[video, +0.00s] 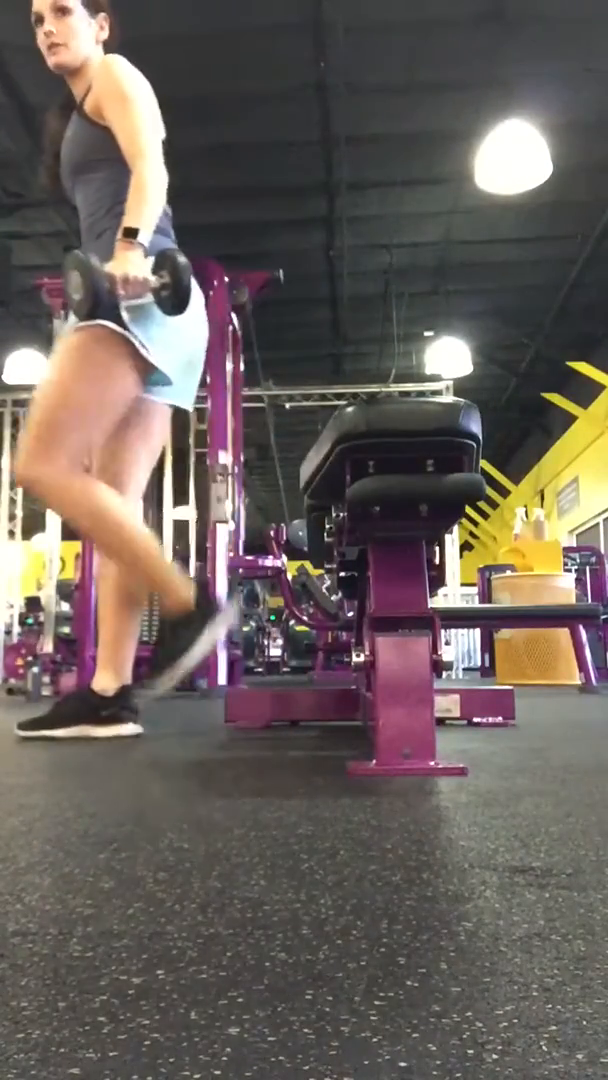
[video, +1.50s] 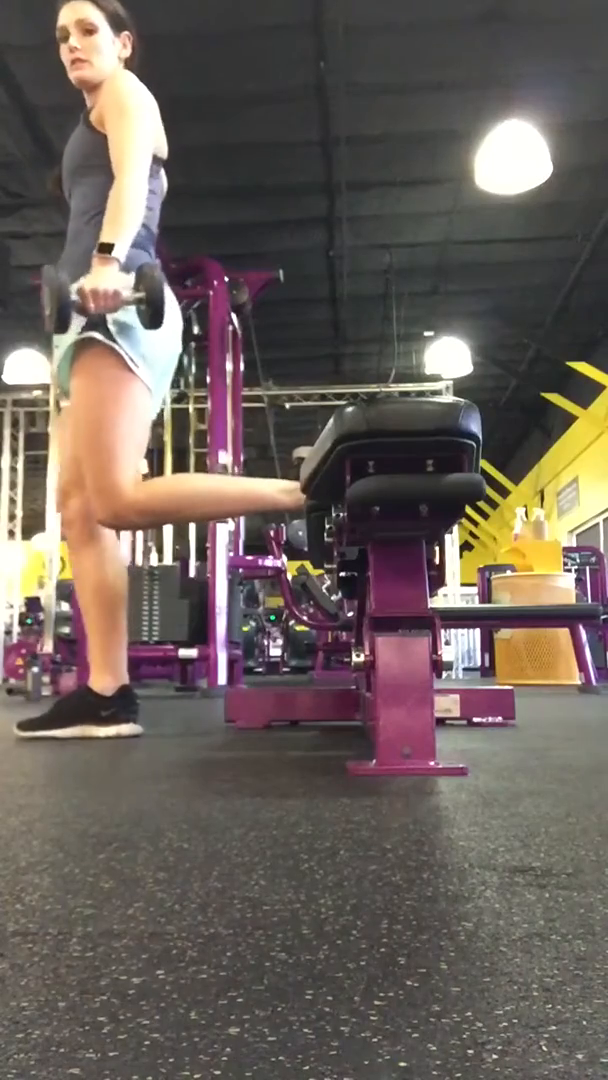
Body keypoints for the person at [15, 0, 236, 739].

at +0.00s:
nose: (47, 30)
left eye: (61, 16)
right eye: (38, 21)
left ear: (100, 25)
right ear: (38, 38)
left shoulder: (112, 76)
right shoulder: (90, 103)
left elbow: (150, 165)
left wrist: (131, 244)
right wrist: (92, 280)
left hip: (133, 292)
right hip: (165, 300)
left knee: (44, 461)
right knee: (117, 501)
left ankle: (185, 604)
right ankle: (110, 689)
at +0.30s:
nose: (53, 31)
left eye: (68, 18)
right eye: (45, 21)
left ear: (105, 29)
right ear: (45, 37)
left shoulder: (109, 85)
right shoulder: (89, 104)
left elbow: (131, 164)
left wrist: (100, 241)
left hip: (122, 293)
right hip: (134, 298)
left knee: (61, 471)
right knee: (110, 513)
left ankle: (247, 424)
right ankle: (109, 691)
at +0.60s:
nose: (50, 44)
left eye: (64, 31)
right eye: (43, 35)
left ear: (101, 43)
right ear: (45, 51)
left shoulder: (107, 91)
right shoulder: (81, 112)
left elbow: (128, 167)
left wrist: (102, 241)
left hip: (126, 292)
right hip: (101, 301)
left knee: (123, 485)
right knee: (99, 505)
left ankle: (309, 486)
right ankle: (110, 691)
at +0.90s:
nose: (57, 53)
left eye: (72, 39)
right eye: (52, 44)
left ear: (110, 50)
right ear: (55, 59)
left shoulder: (113, 92)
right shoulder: (96, 115)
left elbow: (132, 167)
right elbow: (108, 213)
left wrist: (117, 239)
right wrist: (74, 278)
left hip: (123, 299)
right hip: (108, 304)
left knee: (117, 488)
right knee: (99, 505)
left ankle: (305, 490)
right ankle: (111, 690)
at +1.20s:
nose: (67, 54)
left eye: (80, 40)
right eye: (60, 46)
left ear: (118, 48)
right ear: (62, 61)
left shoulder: (124, 92)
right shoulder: (99, 120)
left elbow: (138, 167)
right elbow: (104, 217)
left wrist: (126, 239)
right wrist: (74, 284)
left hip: (124, 296)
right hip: (101, 304)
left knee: (114, 483)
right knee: (96, 503)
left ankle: (305, 489)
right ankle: (110, 691)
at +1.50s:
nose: (72, 45)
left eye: (86, 31)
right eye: (63, 37)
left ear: (123, 43)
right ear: (63, 53)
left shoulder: (124, 92)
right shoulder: (101, 114)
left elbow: (131, 181)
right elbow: (108, 213)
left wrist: (109, 262)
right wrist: (70, 277)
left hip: (126, 306)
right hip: (96, 316)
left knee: (115, 498)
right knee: (78, 510)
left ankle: (301, 491)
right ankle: (107, 691)